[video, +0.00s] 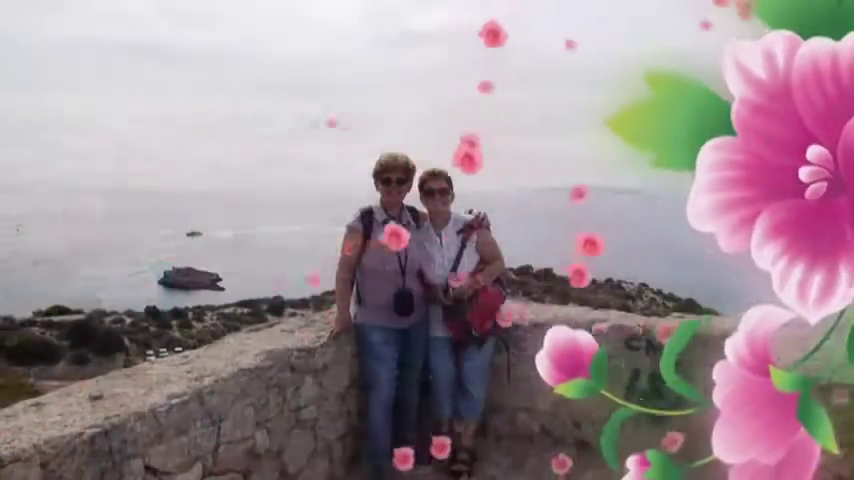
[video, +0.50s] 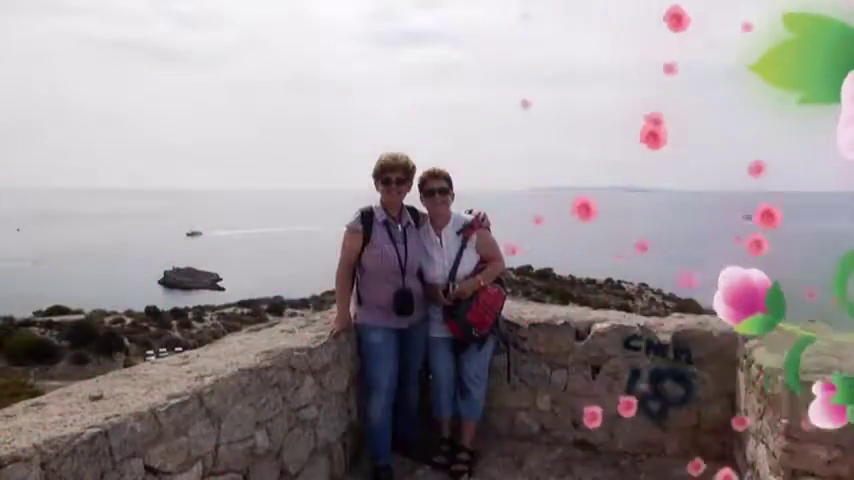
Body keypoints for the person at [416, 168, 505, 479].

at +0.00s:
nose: (437, 197)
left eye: (443, 192)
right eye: (430, 193)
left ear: (452, 195)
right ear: (422, 198)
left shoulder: (474, 230)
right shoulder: (418, 237)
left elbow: (498, 263)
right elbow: (410, 278)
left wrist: (472, 284)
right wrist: (433, 292)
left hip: (474, 320)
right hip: (437, 322)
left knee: (472, 384)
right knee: (443, 382)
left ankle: (466, 449)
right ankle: (445, 442)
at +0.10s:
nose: (437, 198)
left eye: (443, 192)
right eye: (430, 193)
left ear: (452, 194)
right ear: (422, 197)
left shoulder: (473, 230)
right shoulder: (420, 236)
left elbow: (499, 270)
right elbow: (413, 281)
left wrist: (472, 284)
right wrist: (434, 294)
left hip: (474, 323)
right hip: (437, 324)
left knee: (471, 384)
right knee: (443, 383)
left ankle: (465, 451)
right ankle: (444, 445)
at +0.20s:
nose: (437, 197)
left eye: (443, 192)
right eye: (430, 193)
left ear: (452, 194)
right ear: (422, 198)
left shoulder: (471, 227)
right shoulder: (418, 236)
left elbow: (498, 264)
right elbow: (413, 283)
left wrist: (472, 284)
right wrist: (434, 293)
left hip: (474, 321)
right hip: (437, 323)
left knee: (471, 382)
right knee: (442, 382)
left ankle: (465, 447)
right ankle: (446, 442)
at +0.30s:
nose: (437, 197)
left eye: (443, 191)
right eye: (430, 192)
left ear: (452, 194)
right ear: (422, 198)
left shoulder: (474, 229)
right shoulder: (418, 236)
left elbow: (498, 264)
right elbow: (408, 279)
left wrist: (472, 284)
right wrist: (431, 292)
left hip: (474, 321)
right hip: (437, 323)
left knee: (472, 382)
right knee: (442, 381)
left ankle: (466, 447)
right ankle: (445, 440)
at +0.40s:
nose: (437, 197)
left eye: (443, 191)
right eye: (430, 192)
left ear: (452, 194)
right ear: (422, 198)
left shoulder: (472, 228)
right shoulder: (418, 235)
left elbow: (498, 264)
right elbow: (409, 279)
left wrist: (472, 284)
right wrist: (432, 292)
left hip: (474, 321)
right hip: (437, 322)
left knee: (472, 383)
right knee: (442, 381)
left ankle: (466, 447)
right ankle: (445, 440)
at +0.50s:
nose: (437, 197)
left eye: (443, 191)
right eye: (430, 193)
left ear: (452, 194)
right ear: (422, 198)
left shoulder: (473, 229)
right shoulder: (418, 236)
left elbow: (498, 264)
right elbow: (409, 278)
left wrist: (473, 283)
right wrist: (432, 292)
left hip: (474, 321)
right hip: (437, 322)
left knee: (472, 383)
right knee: (442, 381)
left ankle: (466, 448)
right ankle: (445, 441)